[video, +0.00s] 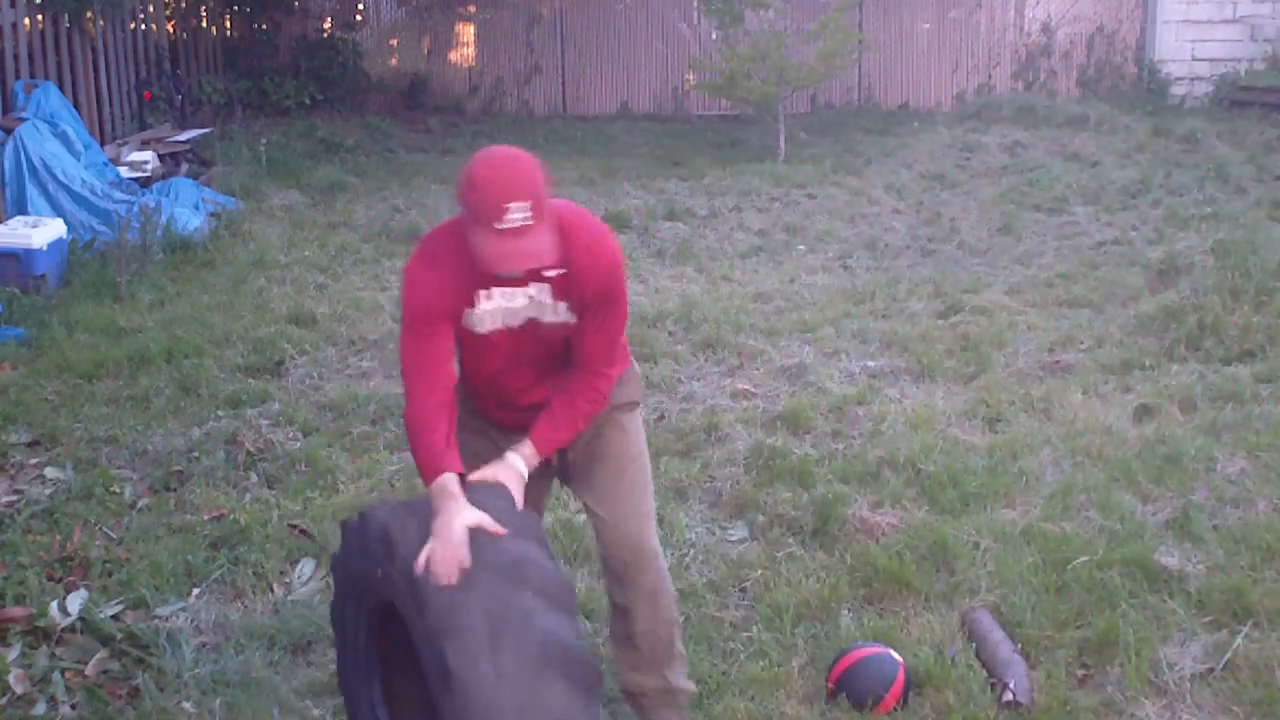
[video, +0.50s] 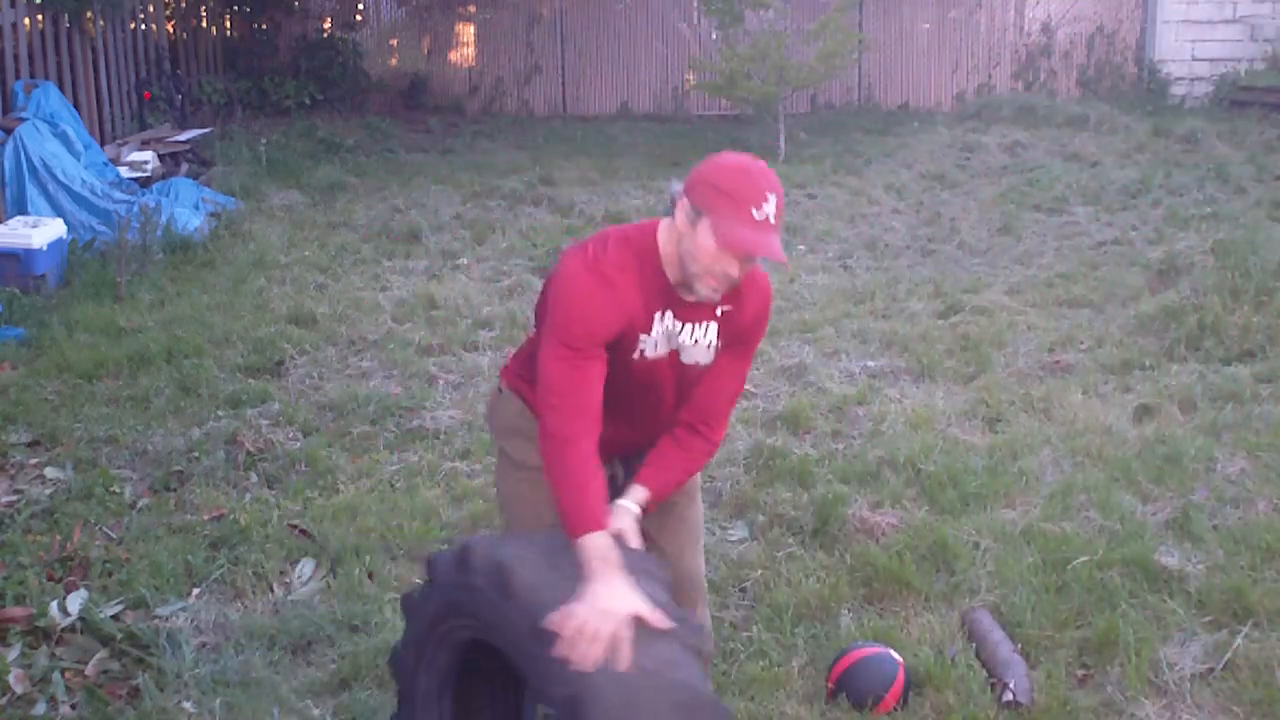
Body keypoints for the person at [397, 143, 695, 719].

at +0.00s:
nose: (513, 259)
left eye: (525, 244)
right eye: (499, 247)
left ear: (545, 217)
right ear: (468, 227)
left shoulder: (592, 250)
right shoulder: (433, 267)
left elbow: (595, 371)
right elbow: (426, 390)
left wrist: (524, 457)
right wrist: (445, 495)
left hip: (594, 404)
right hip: (490, 415)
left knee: (635, 552)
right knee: (480, 569)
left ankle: (663, 705)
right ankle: (484, 705)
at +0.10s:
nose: (583, 251)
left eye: (594, 235)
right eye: (569, 234)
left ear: (612, 221)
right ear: (529, 217)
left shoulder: (638, 268)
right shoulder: (479, 260)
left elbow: (605, 397)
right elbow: (431, 379)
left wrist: (527, 471)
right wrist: (422, 482)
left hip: (611, 423)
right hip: (502, 430)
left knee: (648, 563)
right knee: (486, 580)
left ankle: (669, 706)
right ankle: (483, 705)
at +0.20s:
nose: (655, 265)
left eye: (667, 252)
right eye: (645, 248)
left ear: (683, 238)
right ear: (601, 218)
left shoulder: (688, 285)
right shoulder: (534, 257)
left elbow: (635, 416)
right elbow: (460, 376)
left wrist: (551, 484)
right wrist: (427, 506)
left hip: (625, 447)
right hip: (515, 447)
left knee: (660, 585)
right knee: (486, 596)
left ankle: (674, 712)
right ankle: (474, 709)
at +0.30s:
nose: (713, 280)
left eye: (722, 266)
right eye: (704, 261)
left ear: (735, 248)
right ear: (661, 229)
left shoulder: (724, 296)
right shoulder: (572, 267)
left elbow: (678, 431)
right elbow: (506, 395)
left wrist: (583, 494)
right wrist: (479, 535)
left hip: (642, 461)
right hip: (539, 457)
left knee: (672, 618)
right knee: (500, 617)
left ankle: (677, 711)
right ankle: (492, 709)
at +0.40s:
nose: (732, 285)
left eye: (746, 272)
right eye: (725, 263)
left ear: (760, 260)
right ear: (683, 227)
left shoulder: (742, 303)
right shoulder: (589, 273)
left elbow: (695, 437)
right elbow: (535, 414)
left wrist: (605, 504)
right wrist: (545, 557)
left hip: (655, 459)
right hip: (552, 452)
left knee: (683, 611)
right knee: (537, 620)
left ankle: (685, 710)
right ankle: (525, 710)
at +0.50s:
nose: (735, 270)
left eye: (749, 256)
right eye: (727, 248)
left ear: (763, 248)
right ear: (683, 215)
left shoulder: (749, 297)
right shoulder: (591, 276)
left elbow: (702, 427)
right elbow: (568, 432)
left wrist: (631, 501)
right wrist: (601, 569)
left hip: (660, 446)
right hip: (551, 434)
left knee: (685, 633)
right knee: (556, 621)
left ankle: (686, 707)